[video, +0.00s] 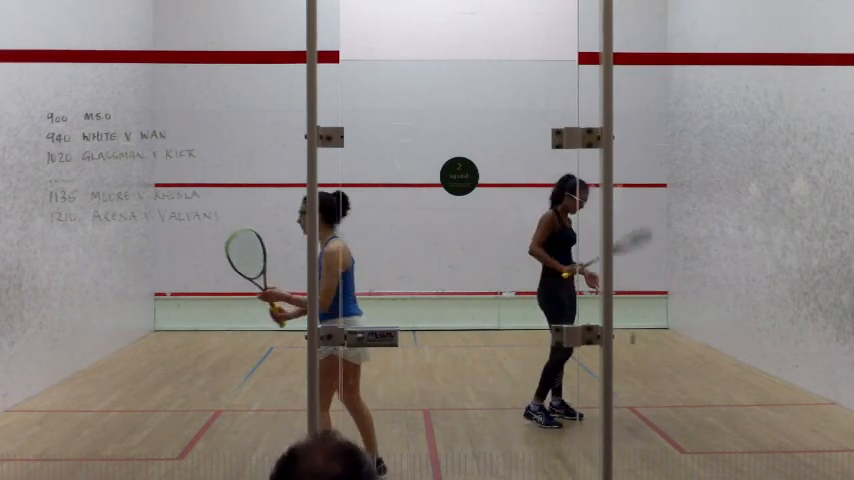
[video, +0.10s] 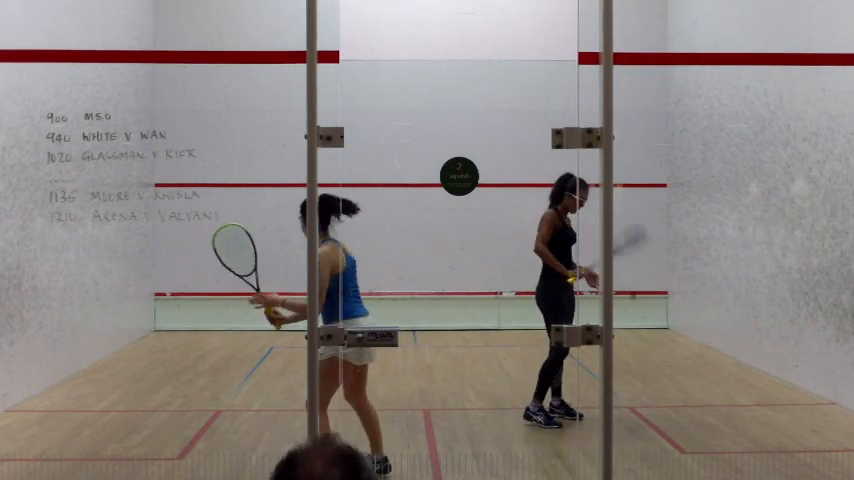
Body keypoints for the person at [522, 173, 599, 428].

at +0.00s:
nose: (581, 205)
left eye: (583, 201)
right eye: (580, 200)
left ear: (571, 198)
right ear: (566, 196)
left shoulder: (565, 220)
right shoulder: (549, 218)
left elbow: (563, 257)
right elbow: (534, 249)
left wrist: (585, 273)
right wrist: (560, 268)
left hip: (565, 290)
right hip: (552, 291)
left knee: (562, 347)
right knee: (564, 348)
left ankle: (557, 401)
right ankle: (536, 404)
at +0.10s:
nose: (581, 205)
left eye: (583, 201)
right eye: (580, 200)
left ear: (570, 197)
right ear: (566, 195)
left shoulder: (564, 219)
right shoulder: (550, 217)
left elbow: (564, 259)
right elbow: (539, 248)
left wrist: (584, 272)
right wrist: (565, 272)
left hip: (563, 291)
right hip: (551, 292)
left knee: (561, 348)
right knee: (558, 349)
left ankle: (557, 402)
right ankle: (535, 406)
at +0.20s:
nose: (581, 204)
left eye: (582, 200)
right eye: (580, 199)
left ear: (569, 196)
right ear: (566, 195)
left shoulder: (562, 218)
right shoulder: (550, 216)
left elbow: (562, 258)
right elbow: (543, 248)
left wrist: (584, 268)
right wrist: (560, 279)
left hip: (561, 290)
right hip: (549, 291)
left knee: (561, 347)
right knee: (556, 348)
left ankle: (557, 402)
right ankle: (534, 407)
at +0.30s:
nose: (580, 204)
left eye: (581, 200)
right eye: (579, 199)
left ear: (568, 196)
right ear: (565, 195)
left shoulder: (562, 218)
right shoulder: (549, 217)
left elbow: (562, 259)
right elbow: (539, 251)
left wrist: (587, 267)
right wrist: (551, 283)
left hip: (562, 290)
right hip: (549, 291)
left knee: (561, 348)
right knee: (555, 349)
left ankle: (557, 402)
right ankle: (533, 408)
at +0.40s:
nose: (579, 203)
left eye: (580, 198)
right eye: (577, 198)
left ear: (566, 196)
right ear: (564, 195)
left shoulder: (562, 219)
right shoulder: (547, 218)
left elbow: (561, 258)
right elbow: (530, 251)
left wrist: (585, 264)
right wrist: (539, 287)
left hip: (563, 292)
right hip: (549, 293)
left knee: (561, 348)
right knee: (551, 349)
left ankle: (557, 402)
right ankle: (533, 408)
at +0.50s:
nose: (573, 200)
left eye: (575, 196)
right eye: (570, 195)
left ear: (572, 197)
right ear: (557, 194)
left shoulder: (566, 221)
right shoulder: (543, 219)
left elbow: (563, 258)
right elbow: (522, 252)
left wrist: (587, 262)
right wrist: (530, 284)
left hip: (562, 291)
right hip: (546, 291)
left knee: (560, 347)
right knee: (548, 349)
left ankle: (557, 402)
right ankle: (532, 409)